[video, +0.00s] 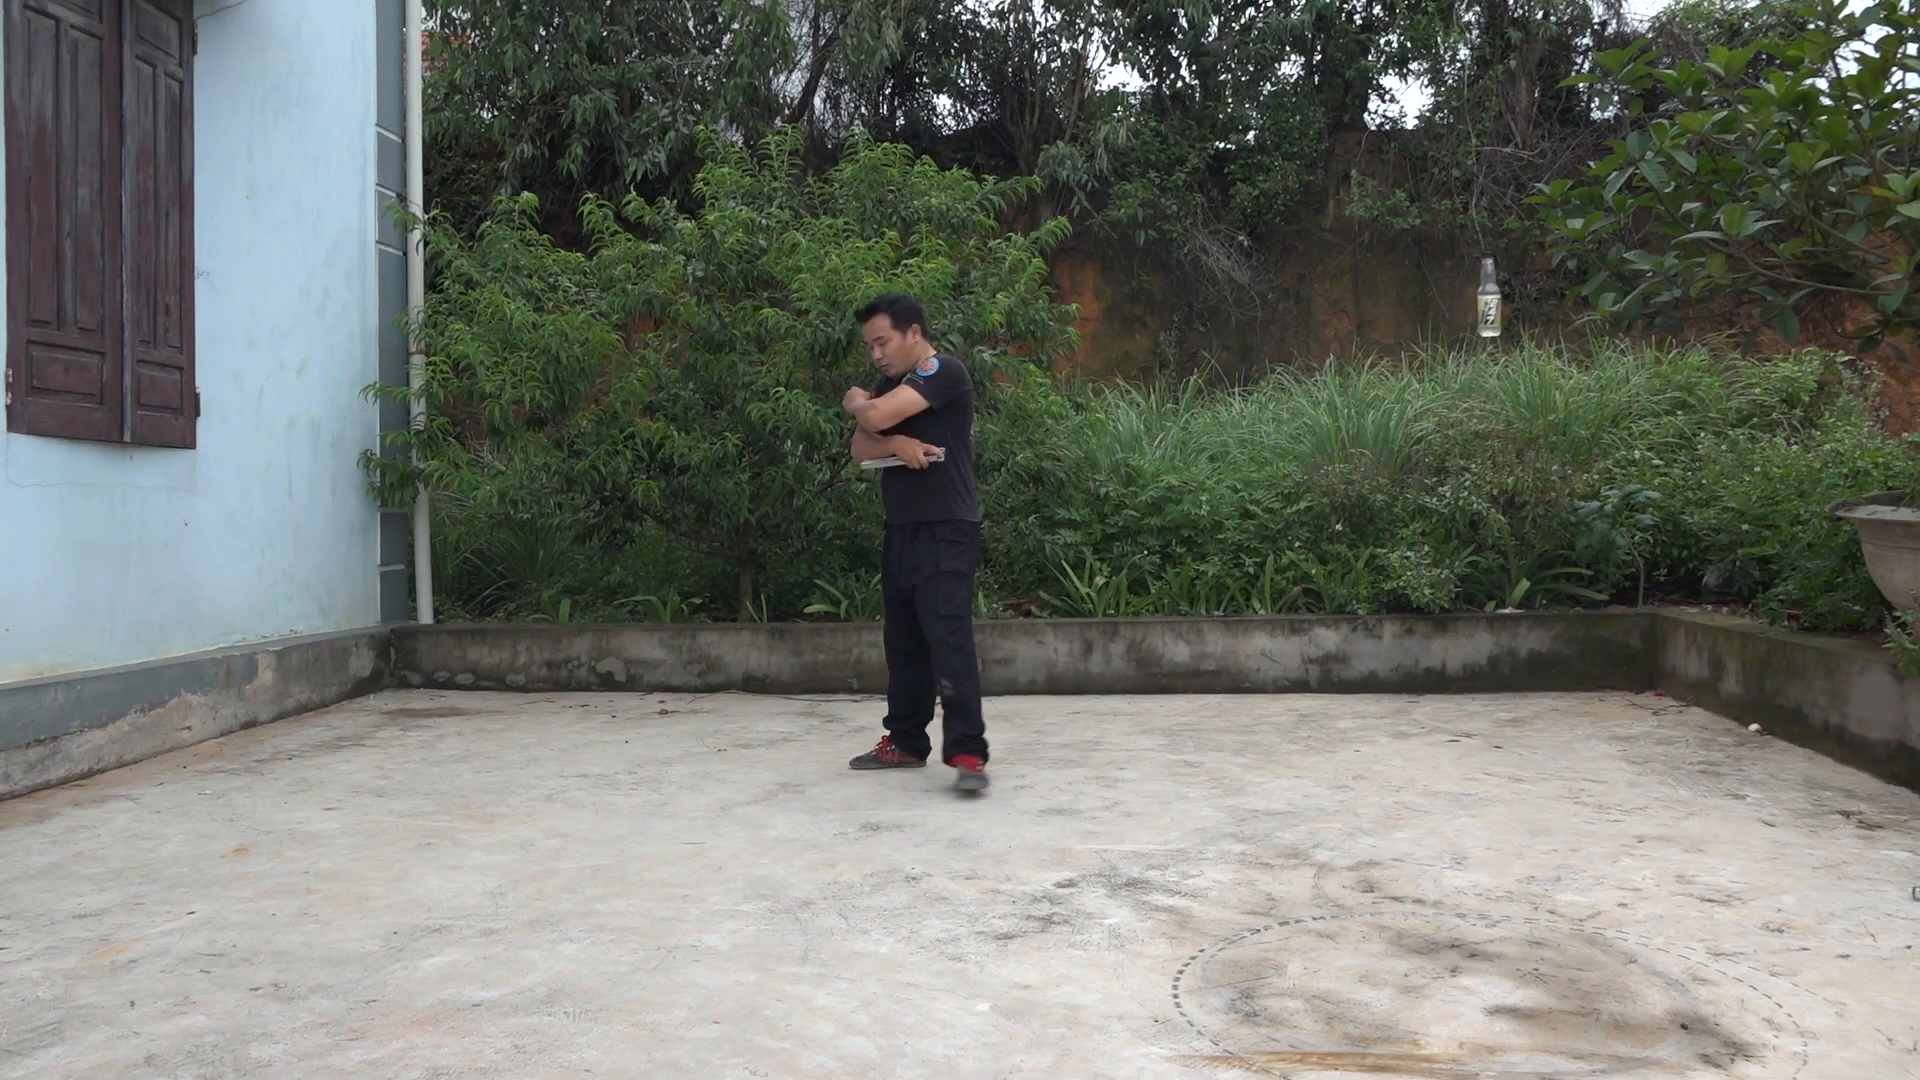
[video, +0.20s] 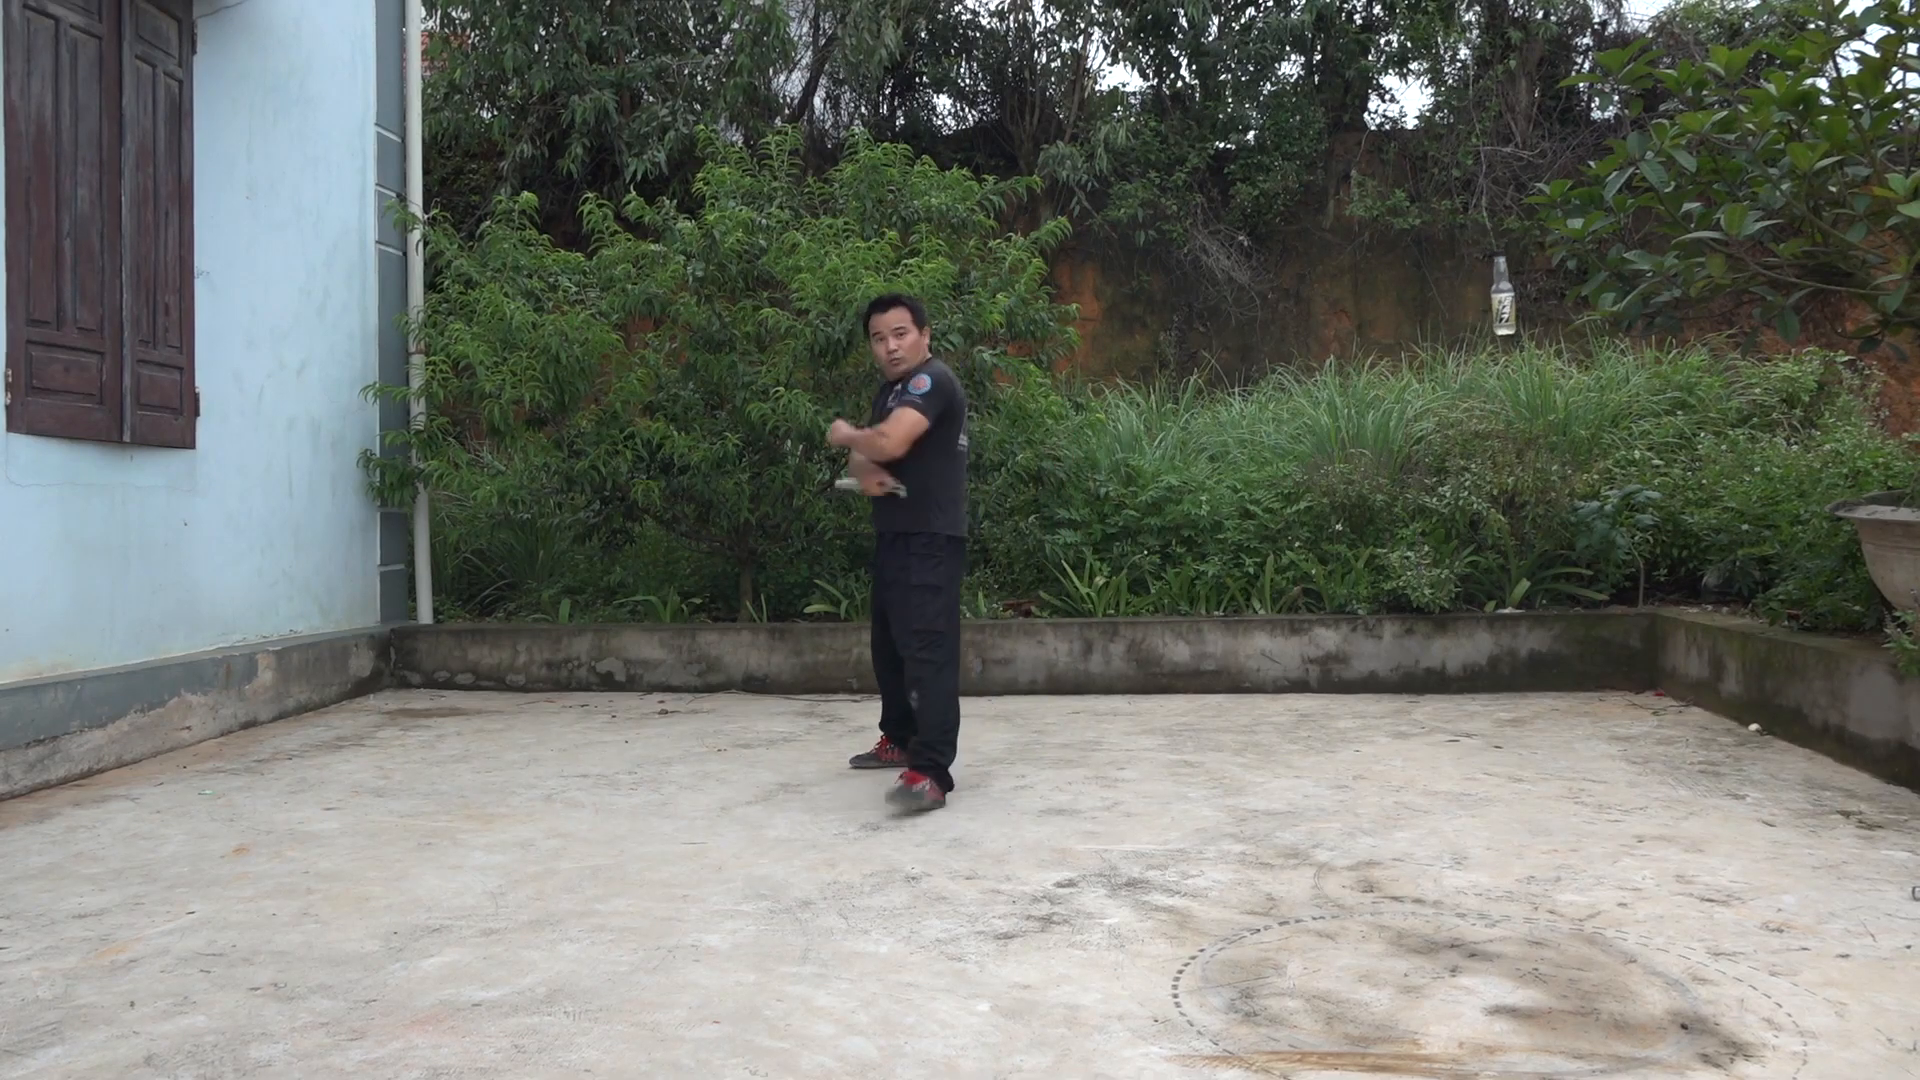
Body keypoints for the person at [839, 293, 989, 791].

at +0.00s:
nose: (876, 352)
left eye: (882, 340)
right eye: (871, 344)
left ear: (915, 334)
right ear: (875, 346)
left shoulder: (948, 373)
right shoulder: (891, 387)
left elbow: (877, 417)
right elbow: (859, 447)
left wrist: (855, 401)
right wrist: (897, 443)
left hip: (948, 529)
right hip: (902, 530)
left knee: (950, 641)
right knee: (904, 641)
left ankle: (968, 754)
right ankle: (906, 742)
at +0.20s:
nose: (891, 345)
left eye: (900, 333)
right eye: (880, 338)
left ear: (924, 337)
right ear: (873, 349)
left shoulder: (934, 380)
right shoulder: (889, 393)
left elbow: (891, 445)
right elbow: (866, 455)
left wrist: (851, 435)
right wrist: (864, 471)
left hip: (931, 539)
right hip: (895, 538)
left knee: (928, 649)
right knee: (890, 643)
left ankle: (932, 771)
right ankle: (901, 739)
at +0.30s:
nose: (885, 346)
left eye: (896, 336)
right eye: (876, 338)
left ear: (920, 340)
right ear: (867, 347)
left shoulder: (926, 387)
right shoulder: (894, 395)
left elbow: (942, 448)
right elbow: (893, 461)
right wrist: (869, 497)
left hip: (915, 543)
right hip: (885, 542)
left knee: (907, 654)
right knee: (881, 648)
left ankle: (926, 781)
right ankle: (897, 742)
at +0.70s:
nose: (847, 362)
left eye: (859, 352)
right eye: (839, 353)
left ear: (883, 360)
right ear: (830, 362)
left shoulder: (892, 414)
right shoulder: (861, 415)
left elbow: (913, 495)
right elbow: (890, 488)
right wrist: (874, 537)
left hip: (931, 555)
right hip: (888, 556)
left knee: (939, 666)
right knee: (853, 649)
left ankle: (937, 775)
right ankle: (867, 746)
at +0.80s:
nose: (864, 358)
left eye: (874, 348)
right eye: (852, 350)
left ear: (892, 356)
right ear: (839, 362)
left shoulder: (905, 405)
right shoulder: (848, 417)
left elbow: (849, 458)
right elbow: (837, 469)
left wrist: (787, 410)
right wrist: (835, 524)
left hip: (940, 550)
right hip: (885, 555)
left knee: (968, 643)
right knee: (851, 643)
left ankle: (1005, 755)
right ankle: (868, 747)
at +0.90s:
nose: (877, 343)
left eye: (883, 335)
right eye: (866, 338)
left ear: (898, 344)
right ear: (851, 354)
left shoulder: (919, 385)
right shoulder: (853, 405)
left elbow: (891, 331)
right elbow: (811, 423)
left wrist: (829, 292)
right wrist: (775, 441)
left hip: (948, 547)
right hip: (888, 551)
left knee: (993, 643)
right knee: (857, 642)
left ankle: (1045, 745)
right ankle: (868, 746)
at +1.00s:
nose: (914, 328)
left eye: (916, 319)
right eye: (900, 322)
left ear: (926, 326)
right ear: (872, 339)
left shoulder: (946, 359)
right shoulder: (859, 384)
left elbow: (984, 291)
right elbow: (800, 374)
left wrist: (1013, 222)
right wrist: (803, 305)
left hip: (962, 529)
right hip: (894, 538)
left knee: (1010, 626)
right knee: (875, 640)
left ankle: (1030, 720)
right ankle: (869, 744)